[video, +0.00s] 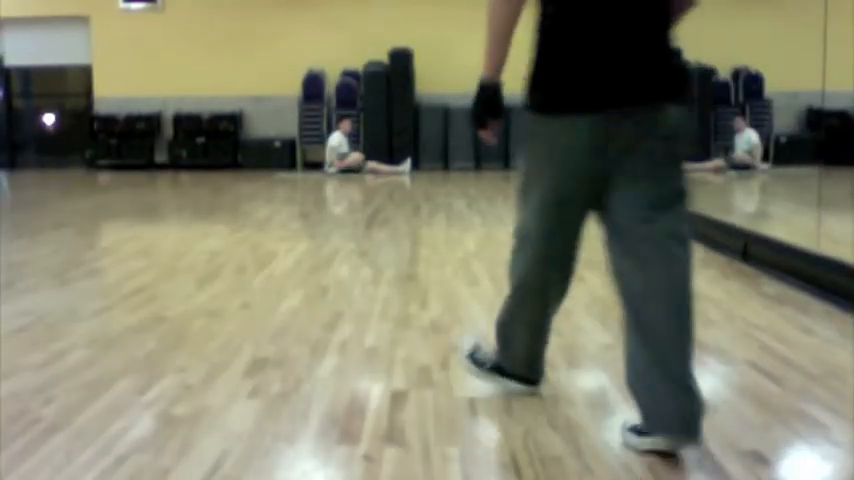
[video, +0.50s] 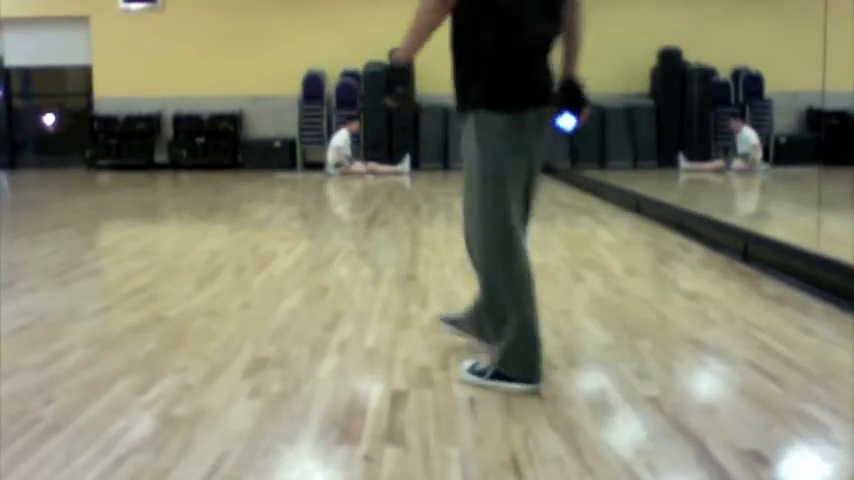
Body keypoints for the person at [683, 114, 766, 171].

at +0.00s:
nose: (736, 125)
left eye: (738, 122)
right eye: (735, 123)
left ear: (743, 123)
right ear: (734, 125)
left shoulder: (752, 134)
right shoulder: (737, 135)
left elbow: (757, 148)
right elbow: (737, 150)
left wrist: (757, 163)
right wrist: (733, 158)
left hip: (748, 162)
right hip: (736, 161)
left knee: (720, 163)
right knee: (717, 162)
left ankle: (693, 166)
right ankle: (692, 166)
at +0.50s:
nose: (730, 127)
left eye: (732, 124)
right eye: (730, 124)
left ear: (738, 122)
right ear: (734, 123)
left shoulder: (747, 133)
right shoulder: (740, 133)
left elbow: (757, 149)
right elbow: (741, 150)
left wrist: (750, 165)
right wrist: (738, 160)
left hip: (748, 164)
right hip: (741, 161)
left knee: (721, 164)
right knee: (719, 163)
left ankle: (688, 166)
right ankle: (688, 165)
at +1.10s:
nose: (722, 129)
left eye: (723, 126)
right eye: (721, 126)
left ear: (730, 124)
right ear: (731, 124)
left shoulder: (736, 133)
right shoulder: (735, 131)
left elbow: (718, 146)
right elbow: (718, 145)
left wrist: (697, 150)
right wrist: (699, 150)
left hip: (750, 162)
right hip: (740, 160)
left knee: (734, 166)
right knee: (718, 165)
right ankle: (690, 166)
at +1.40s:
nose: (718, 130)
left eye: (720, 127)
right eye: (718, 127)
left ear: (725, 126)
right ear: (728, 125)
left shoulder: (732, 133)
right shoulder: (733, 133)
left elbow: (710, 144)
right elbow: (711, 144)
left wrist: (689, 149)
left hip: (745, 160)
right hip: (734, 160)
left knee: (734, 168)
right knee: (714, 166)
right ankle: (690, 166)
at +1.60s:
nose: (718, 130)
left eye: (719, 127)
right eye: (718, 127)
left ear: (724, 126)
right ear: (729, 125)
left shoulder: (731, 133)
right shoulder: (734, 132)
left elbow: (708, 146)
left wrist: (687, 150)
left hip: (746, 161)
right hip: (733, 161)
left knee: (734, 167)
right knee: (715, 166)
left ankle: (754, 170)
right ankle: (690, 166)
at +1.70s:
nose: (718, 130)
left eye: (719, 127)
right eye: (718, 127)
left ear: (724, 126)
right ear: (729, 125)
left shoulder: (731, 133)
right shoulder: (734, 132)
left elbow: (710, 145)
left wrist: (689, 150)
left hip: (746, 160)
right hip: (733, 161)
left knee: (734, 167)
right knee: (715, 166)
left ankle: (754, 170)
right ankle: (690, 166)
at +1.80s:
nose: (718, 130)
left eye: (719, 127)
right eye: (718, 127)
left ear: (724, 126)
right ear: (729, 125)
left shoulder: (731, 133)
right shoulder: (735, 132)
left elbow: (710, 145)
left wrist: (689, 150)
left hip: (745, 161)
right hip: (733, 161)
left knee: (734, 167)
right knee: (715, 166)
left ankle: (754, 170)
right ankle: (690, 166)